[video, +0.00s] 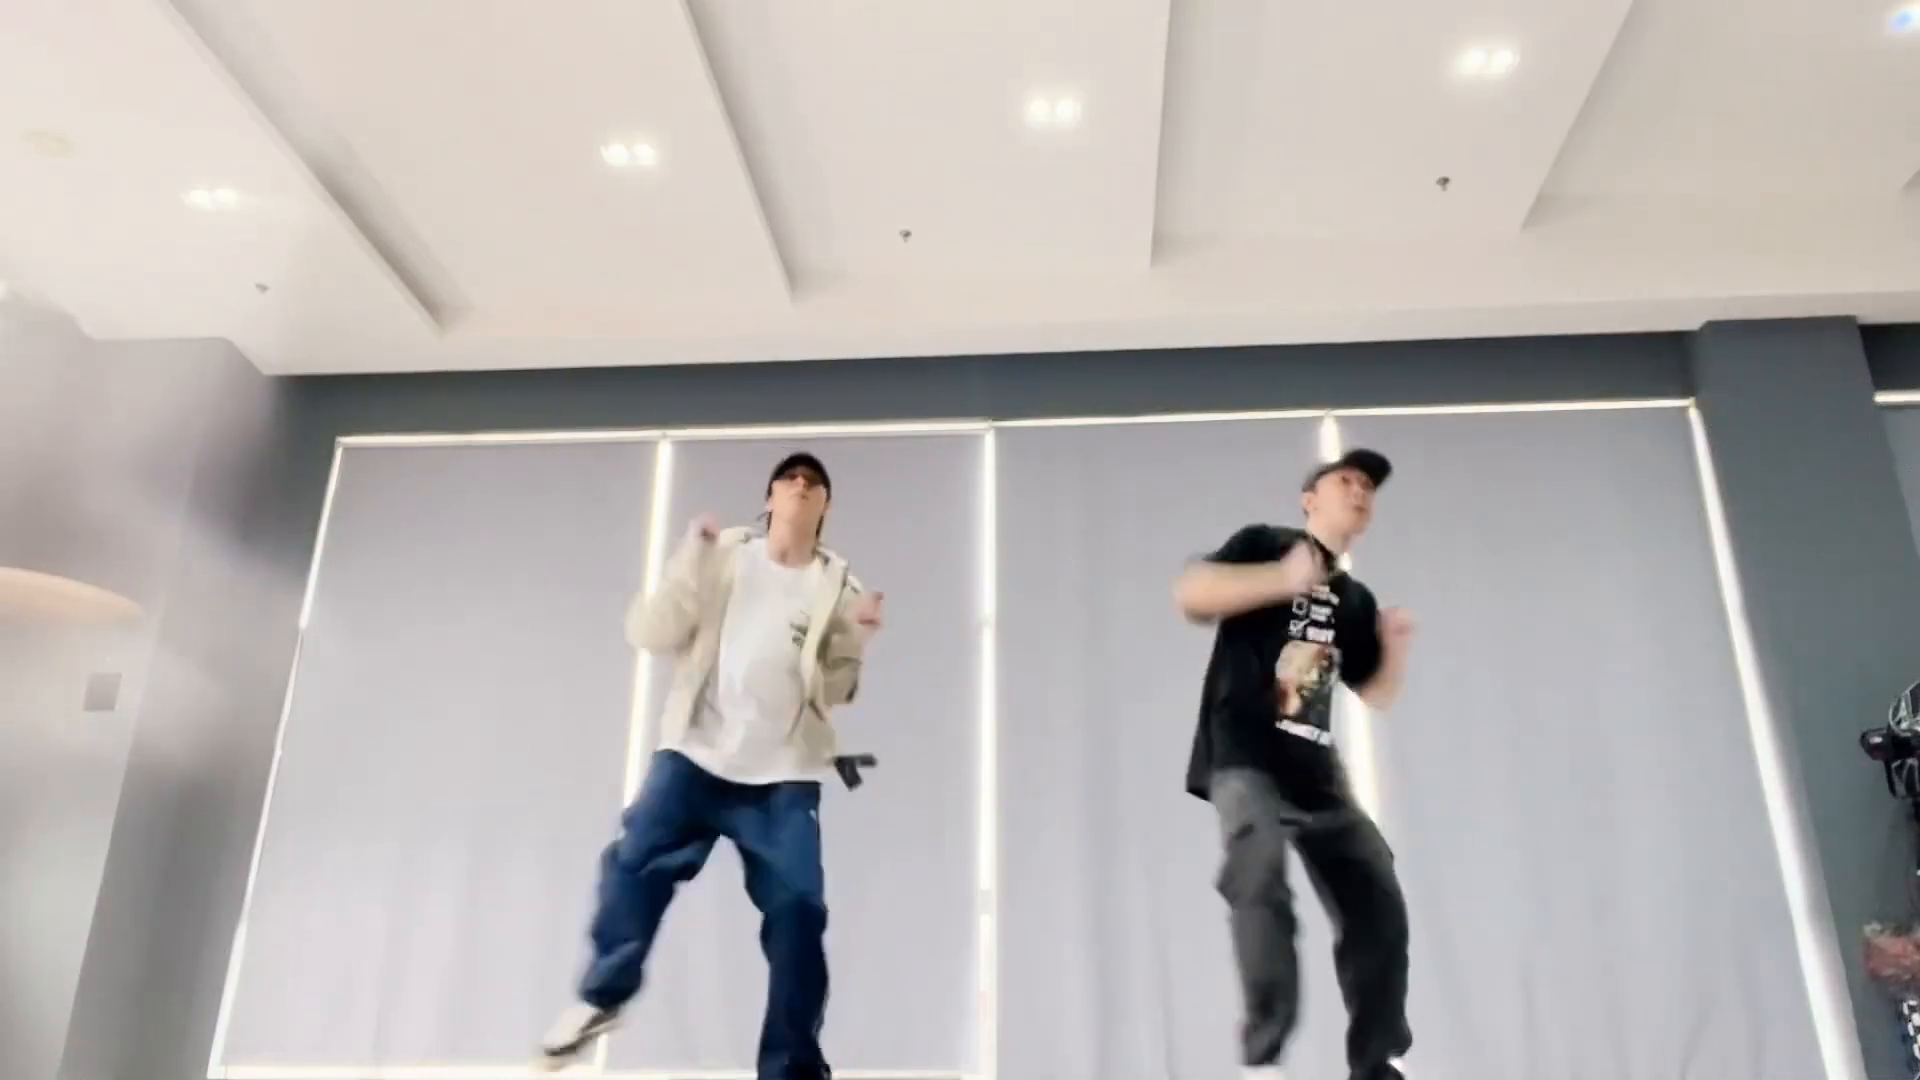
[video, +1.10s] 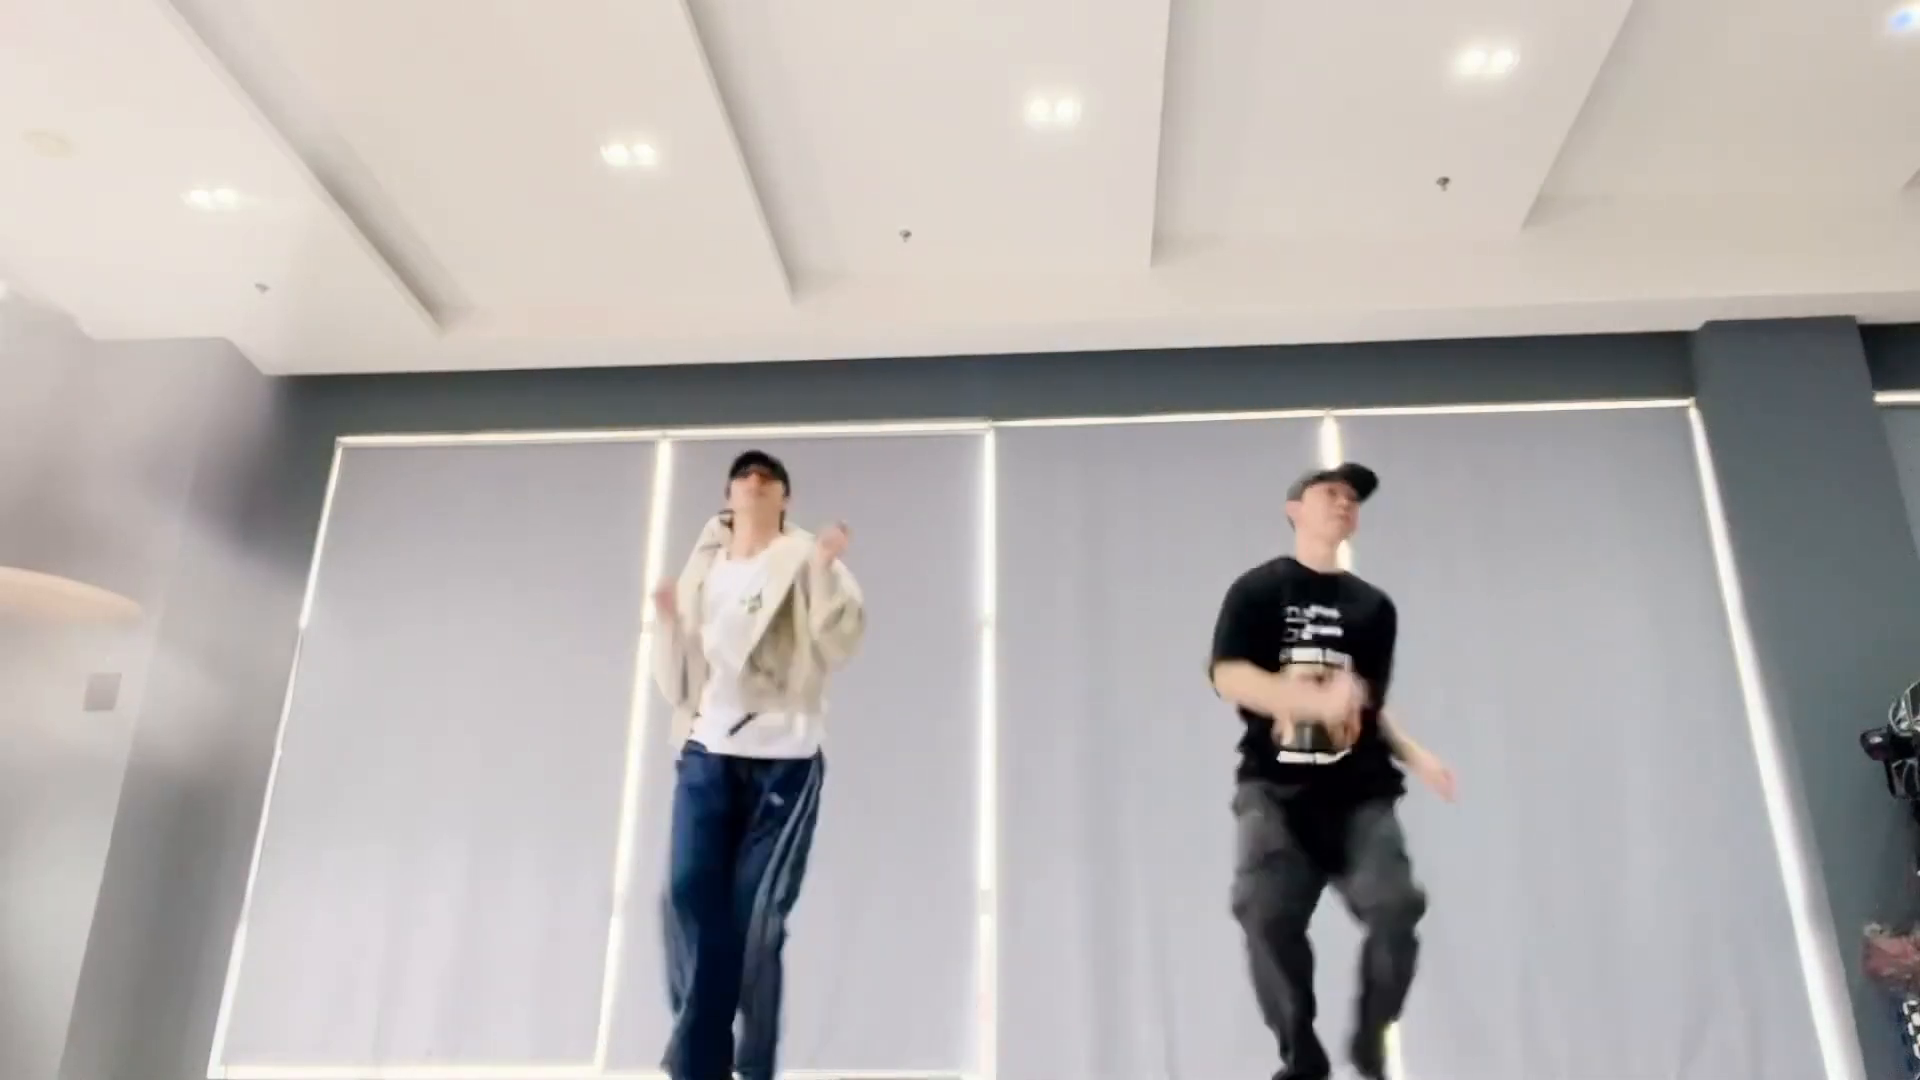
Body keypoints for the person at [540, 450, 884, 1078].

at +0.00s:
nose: (802, 488)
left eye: (815, 484)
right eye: (791, 480)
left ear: (828, 509)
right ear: (769, 500)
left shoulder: (839, 586)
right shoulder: (720, 551)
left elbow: (834, 693)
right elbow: (652, 635)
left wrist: (850, 637)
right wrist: (689, 560)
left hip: (783, 770)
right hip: (695, 755)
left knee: (797, 912)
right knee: (633, 861)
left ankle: (792, 1067)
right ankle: (602, 998)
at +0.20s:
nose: (772, 555)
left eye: (784, 553)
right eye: (761, 549)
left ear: (795, 582)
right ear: (738, 567)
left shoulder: (807, 659)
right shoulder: (702, 593)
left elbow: (892, 679)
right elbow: (712, 486)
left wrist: (975, 697)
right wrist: (710, 381)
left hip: (717, 835)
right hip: (627, 813)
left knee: (833, 908)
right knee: (539, 957)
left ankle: (754, 1055)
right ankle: (430, 1056)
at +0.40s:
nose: (760, 486)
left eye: (772, 479)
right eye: (748, 480)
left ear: (792, 500)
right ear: (731, 499)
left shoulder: (812, 569)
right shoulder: (690, 529)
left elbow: (834, 663)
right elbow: (613, 561)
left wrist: (900, 638)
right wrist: (659, 481)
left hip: (757, 769)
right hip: (670, 753)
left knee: (785, 899)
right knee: (626, 906)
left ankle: (773, 1062)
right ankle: (523, 1049)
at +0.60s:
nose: (712, 484)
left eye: (726, 476)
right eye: (705, 477)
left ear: (756, 492)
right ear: (697, 497)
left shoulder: (802, 539)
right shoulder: (688, 577)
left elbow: (862, 528)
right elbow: (650, 661)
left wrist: (818, 463)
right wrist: (608, 612)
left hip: (785, 760)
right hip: (700, 760)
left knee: (835, 884)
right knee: (665, 913)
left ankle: (836, 1027)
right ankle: (697, 1067)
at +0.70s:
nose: (696, 512)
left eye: (708, 501)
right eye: (691, 508)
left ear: (742, 509)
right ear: (692, 529)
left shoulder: (791, 531)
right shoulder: (690, 604)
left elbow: (830, 453)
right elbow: (625, 646)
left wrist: (830, 359)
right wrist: (551, 618)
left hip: (803, 781)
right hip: (727, 797)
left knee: (870, 926)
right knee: (622, 918)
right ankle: (694, 1062)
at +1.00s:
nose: (727, 483)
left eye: (743, 476)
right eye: (720, 477)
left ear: (768, 498)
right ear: (709, 499)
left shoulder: (794, 534)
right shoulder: (692, 566)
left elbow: (865, 521)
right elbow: (675, 666)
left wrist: (831, 456)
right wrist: (614, 650)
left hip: (802, 765)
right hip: (721, 771)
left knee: (829, 913)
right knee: (668, 915)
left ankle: (904, 1067)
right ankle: (696, 1071)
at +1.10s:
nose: (755, 482)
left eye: (768, 476)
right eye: (743, 475)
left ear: (785, 498)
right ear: (727, 497)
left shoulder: (807, 558)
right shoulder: (702, 570)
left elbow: (840, 649)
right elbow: (680, 688)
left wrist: (827, 570)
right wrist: (667, 629)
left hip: (785, 758)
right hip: (706, 753)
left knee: (759, 913)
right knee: (688, 898)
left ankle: (754, 1067)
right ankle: (694, 1064)